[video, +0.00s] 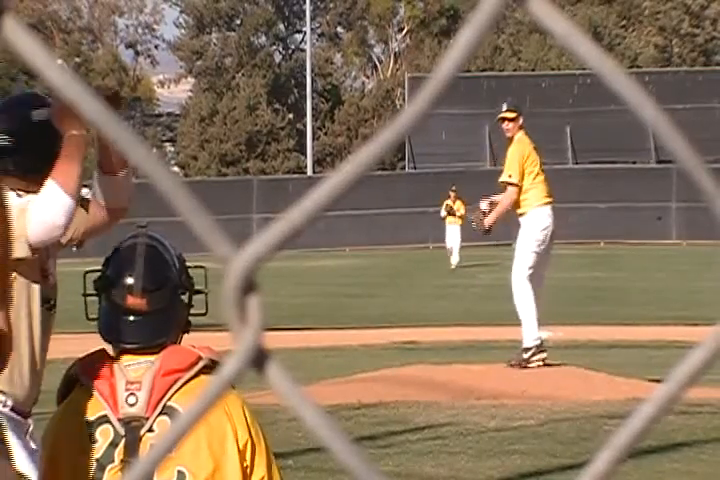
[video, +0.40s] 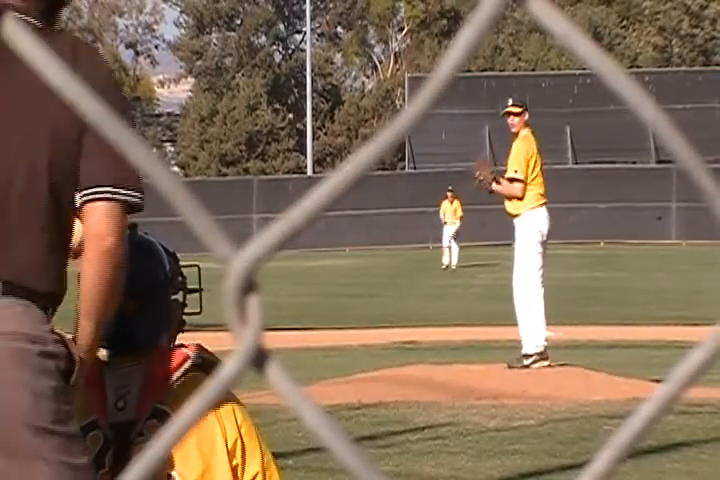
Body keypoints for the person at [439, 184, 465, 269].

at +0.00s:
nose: (453, 194)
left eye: (454, 192)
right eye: (451, 192)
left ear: (456, 193)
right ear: (449, 193)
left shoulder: (459, 203)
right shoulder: (447, 202)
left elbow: (462, 212)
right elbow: (442, 214)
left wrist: (455, 212)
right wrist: (446, 211)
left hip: (456, 223)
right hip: (449, 223)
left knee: (456, 242)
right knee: (449, 242)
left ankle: (454, 260)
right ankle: (450, 255)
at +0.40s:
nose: (450, 195)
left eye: (451, 193)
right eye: (448, 193)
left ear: (453, 194)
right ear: (447, 194)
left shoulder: (456, 202)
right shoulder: (444, 203)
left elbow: (459, 212)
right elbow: (441, 211)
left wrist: (458, 220)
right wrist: (442, 218)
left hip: (455, 222)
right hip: (447, 223)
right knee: (445, 243)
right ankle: (445, 261)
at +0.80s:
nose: (444, 195)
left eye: (445, 193)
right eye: (442, 193)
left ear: (447, 194)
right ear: (440, 194)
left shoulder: (451, 202)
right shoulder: (439, 203)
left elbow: (457, 214)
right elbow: (435, 214)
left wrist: (461, 224)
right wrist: (441, 205)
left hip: (451, 224)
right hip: (443, 224)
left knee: (453, 243)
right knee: (444, 244)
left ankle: (453, 261)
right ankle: (445, 262)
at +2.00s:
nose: (453, 196)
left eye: (454, 194)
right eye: (452, 194)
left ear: (456, 195)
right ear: (449, 194)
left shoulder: (459, 203)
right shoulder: (446, 203)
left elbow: (463, 214)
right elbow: (442, 214)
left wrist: (465, 226)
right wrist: (448, 212)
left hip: (457, 224)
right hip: (449, 224)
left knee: (457, 244)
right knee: (449, 244)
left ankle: (456, 263)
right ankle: (449, 261)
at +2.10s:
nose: (453, 195)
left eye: (454, 193)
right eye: (451, 193)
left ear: (456, 195)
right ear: (449, 194)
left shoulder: (459, 203)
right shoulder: (446, 203)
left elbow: (463, 214)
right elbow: (443, 212)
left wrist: (464, 224)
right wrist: (445, 219)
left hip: (456, 224)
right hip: (449, 224)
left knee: (456, 244)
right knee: (448, 244)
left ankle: (457, 262)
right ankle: (449, 262)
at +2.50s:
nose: (445, 196)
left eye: (447, 194)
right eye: (444, 194)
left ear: (449, 195)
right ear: (442, 195)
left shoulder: (454, 203)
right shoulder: (441, 205)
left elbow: (458, 215)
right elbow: (439, 218)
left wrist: (458, 225)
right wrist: (437, 229)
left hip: (453, 225)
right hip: (445, 225)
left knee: (453, 244)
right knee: (445, 245)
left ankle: (456, 262)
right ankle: (447, 263)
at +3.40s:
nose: (439, 195)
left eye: (441, 193)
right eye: (438, 193)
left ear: (443, 194)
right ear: (435, 194)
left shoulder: (446, 203)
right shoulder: (434, 204)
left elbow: (450, 217)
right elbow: (432, 216)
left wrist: (446, 229)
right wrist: (428, 228)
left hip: (444, 225)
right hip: (437, 225)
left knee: (444, 246)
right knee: (433, 244)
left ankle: (444, 265)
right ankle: (437, 260)